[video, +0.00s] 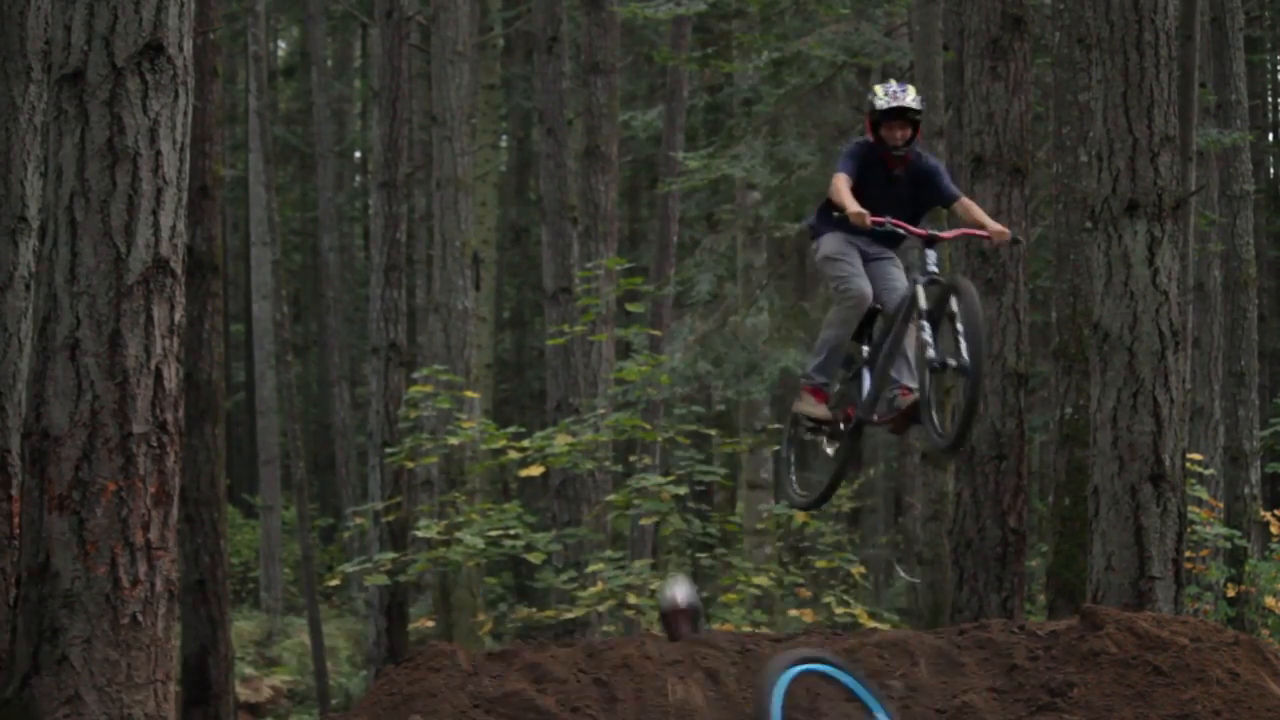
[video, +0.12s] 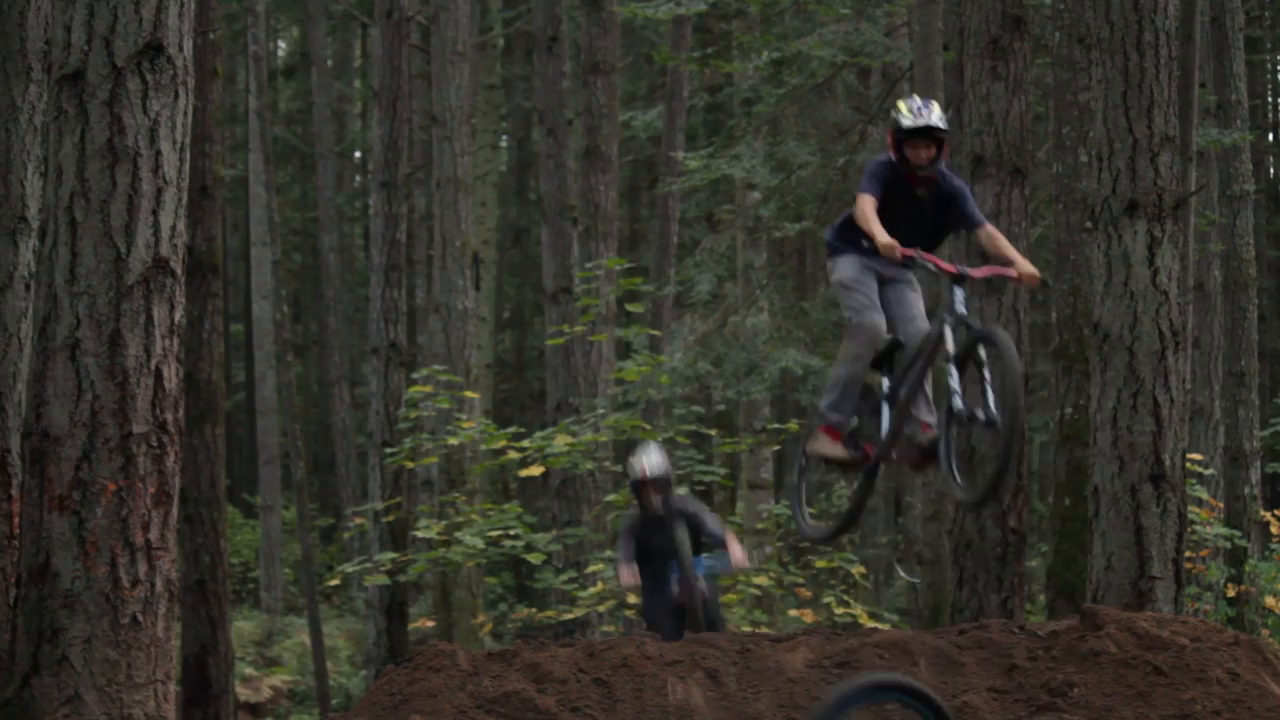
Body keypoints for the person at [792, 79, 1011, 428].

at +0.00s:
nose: (897, 133)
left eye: (904, 126)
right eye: (889, 126)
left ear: (915, 129)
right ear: (876, 127)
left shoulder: (923, 166)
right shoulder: (860, 152)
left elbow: (958, 202)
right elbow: (839, 184)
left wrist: (990, 225)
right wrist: (851, 206)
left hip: (881, 248)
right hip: (839, 236)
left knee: (902, 304)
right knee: (858, 294)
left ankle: (901, 393)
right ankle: (813, 388)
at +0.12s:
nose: (921, 153)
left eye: (928, 145)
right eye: (913, 145)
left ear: (940, 147)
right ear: (898, 145)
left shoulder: (950, 188)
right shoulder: (883, 170)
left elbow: (982, 230)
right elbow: (864, 208)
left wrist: (1019, 261)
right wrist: (882, 237)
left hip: (900, 268)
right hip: (855, 256)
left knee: (918, 337)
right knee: (871, 329)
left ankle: (920, 431)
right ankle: (827, 430)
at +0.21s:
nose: (951, 198)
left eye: (959, 189)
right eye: (942, 189)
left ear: (968, 192)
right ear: (924, 189)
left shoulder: (974, 235)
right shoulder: (909, 217)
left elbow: (1009, 286)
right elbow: (887, 260)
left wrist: (1045, 328)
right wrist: (910, 299)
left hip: (921, 315)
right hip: (873, 303)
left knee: (938, 399)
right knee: (884, 390)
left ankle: (938, 490)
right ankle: (846, 493)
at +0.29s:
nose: (973, 244)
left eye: (980, 235)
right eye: (964, 235)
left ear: (990, 238)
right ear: (945, 235)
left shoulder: (993, 283)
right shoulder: (927, 266)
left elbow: (1025, 345)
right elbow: (905, 312)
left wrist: (1061, 390)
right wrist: (931, 361)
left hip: (935, 363)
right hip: (887, 353)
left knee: (953, 445)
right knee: (894, 445)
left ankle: (954, 545)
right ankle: (859, 553)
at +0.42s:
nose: (1030, 341)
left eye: (1037, 334)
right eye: (1021, 331)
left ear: (1044, 335)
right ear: (999, 326)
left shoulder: (1039, 370)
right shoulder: (974, 345)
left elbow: (1073, 421)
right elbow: (928, 371)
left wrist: (1111, 454)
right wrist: (966, 418)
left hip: (965, 423)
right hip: (918, 405)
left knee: (1011, 475)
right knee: (948, 468)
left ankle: (980, 569)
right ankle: (890, 564)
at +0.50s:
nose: (1064, 364)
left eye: (1071, 357)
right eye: (1056, 354)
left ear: (1078, 354)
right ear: (1032, 341)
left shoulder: (1071, 381)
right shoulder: (1003, 356)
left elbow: (1107, 430)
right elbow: (988, 393)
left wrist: (1152, 472)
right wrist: (1038, 434)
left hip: (1002, 450)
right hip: (950, 447)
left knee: (1071, 498)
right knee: (948, 547)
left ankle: (1049, 592)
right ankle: (913, 673)